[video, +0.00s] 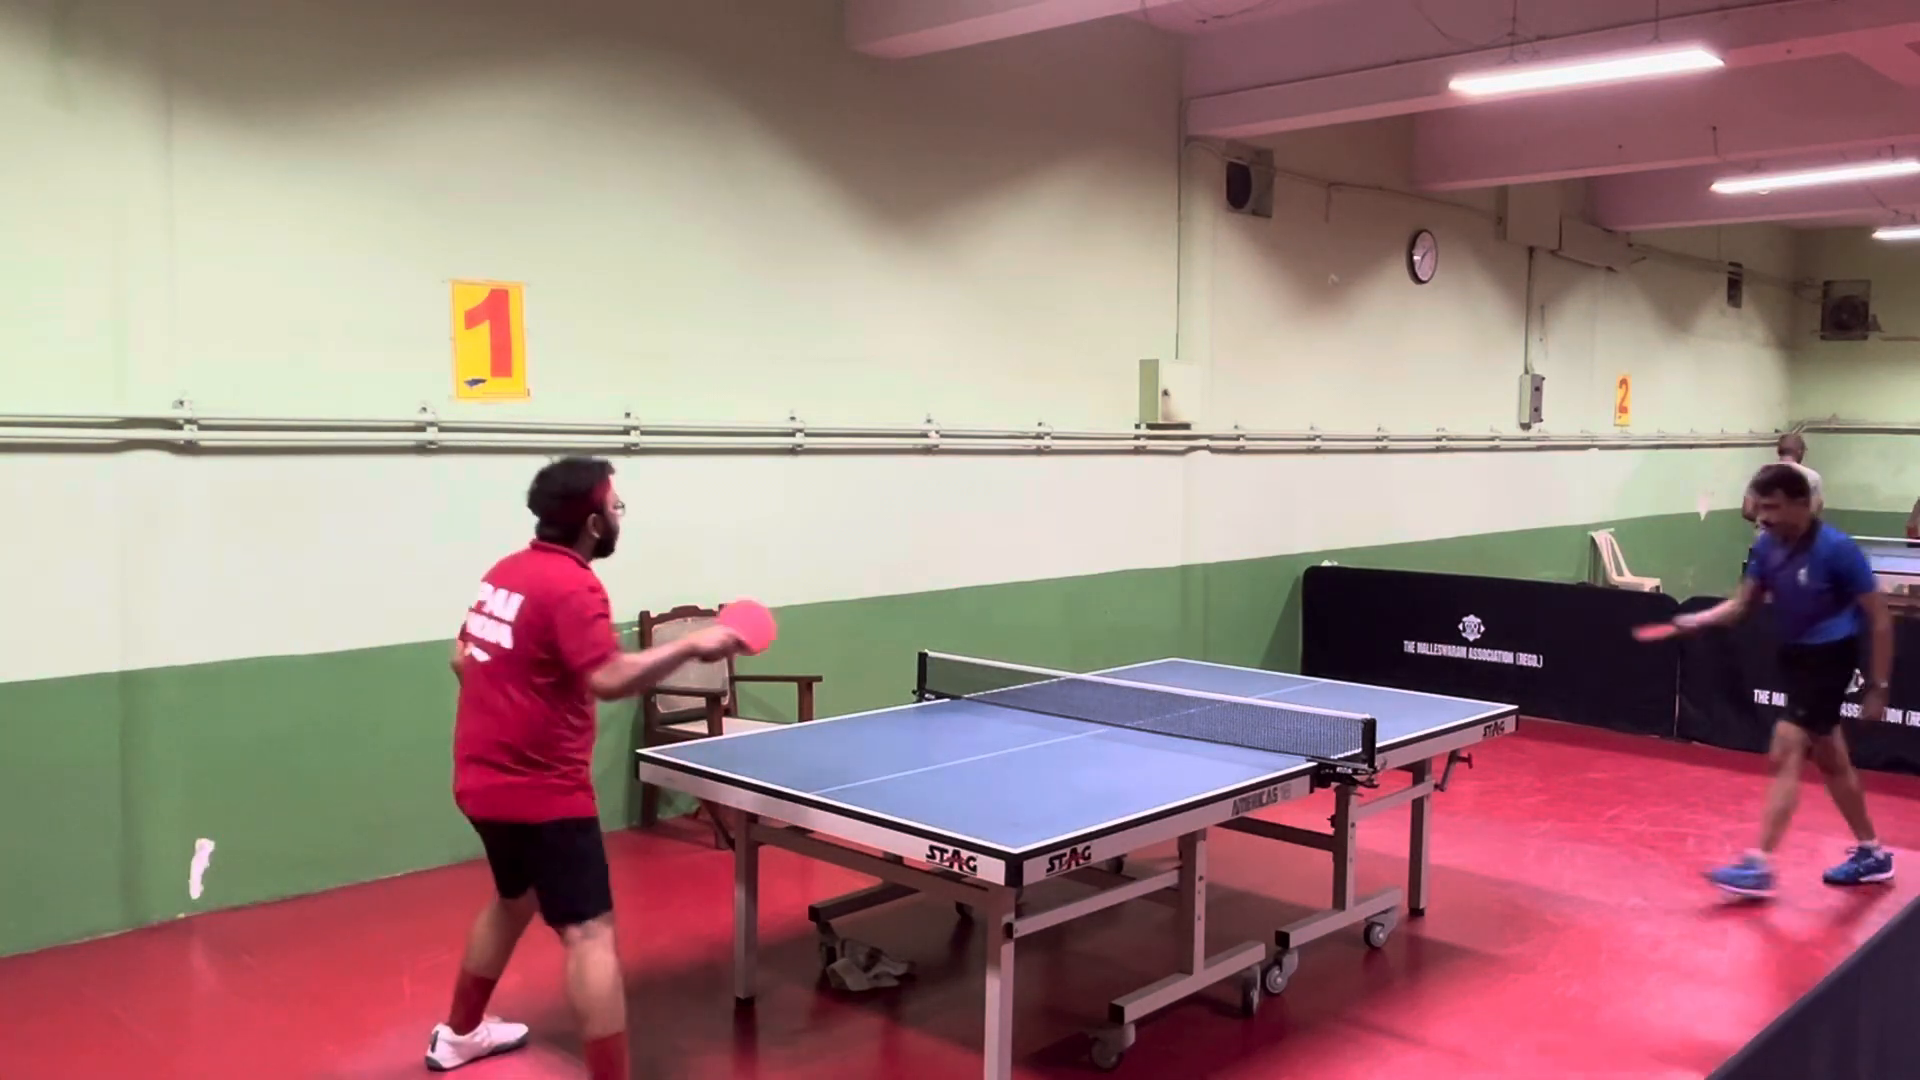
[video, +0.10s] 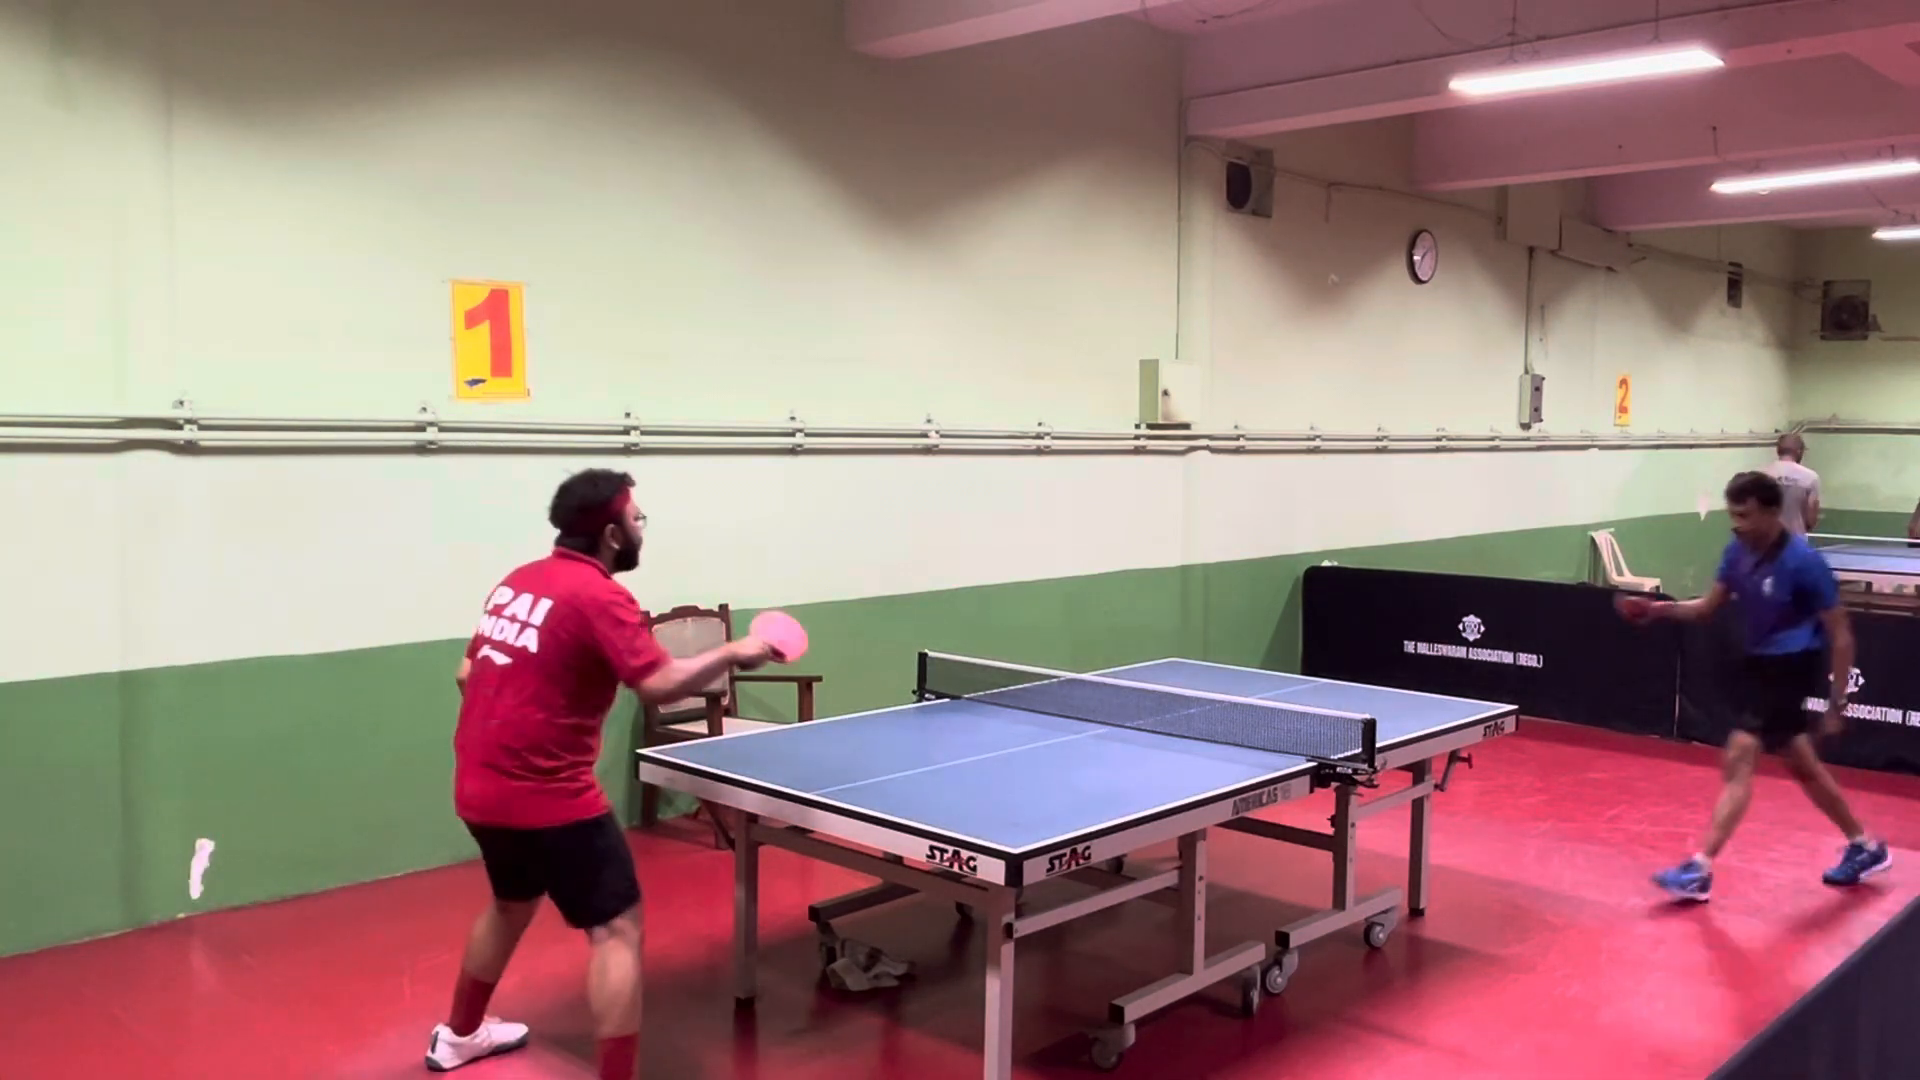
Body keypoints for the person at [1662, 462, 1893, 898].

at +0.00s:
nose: (1762, 519)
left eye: (1770, 509)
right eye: (1759, 510)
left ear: (1800, 505)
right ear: (1761, 507)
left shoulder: (1837, 550)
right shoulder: (1767, 547)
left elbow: (1879, 614)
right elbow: (1741, 603)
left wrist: (1877, 687)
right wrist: (1699, 619)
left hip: (1831, 658)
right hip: (1794, 657)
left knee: (1785, 748)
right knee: (1832, 760)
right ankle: (1871, 850)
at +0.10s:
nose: (1735, 525)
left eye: (1743, 516)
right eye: (1732, 516)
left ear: (1772, 514)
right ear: (1735, 514)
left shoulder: (1805, 561)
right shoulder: (1739, 550)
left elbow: (1841, 632)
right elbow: (1707, 608)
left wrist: (1836, 706)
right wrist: (1658, 609)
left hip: (1793, 669)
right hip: (1758, 666)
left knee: (1738, 755)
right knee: (1802, 762)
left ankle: (1700, 866)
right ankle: (1862, 844)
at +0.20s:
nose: (1704, 534)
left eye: (1712, 526)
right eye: (1701, 525)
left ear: (1740, 524)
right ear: (1705, 522)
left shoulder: (1768, 571)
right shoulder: (1707, 554)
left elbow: (1791, 647)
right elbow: (1684, 608)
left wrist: (1791, 721)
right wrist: (1632, 607)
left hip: (1747, 676)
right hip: (1716, 671)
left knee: (1687, 756)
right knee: (1730, 767)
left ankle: (1688, 872)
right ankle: (1827, 826)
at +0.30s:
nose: (1673, 530)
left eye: (1681, 522)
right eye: (1670, 520)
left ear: (1709, 520)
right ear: (1671, 514)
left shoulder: (1735, 564)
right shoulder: (1677, 549)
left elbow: (1741, 646)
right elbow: (1666, 603)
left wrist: (1735, 720)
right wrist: (1619, 613)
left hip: (1714, 668)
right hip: (1683, 664)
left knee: (1666, 752)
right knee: (1666, 759)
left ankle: (1687, 871)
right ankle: (1757, 814)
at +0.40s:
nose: (1645, 520)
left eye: (1652, 512)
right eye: (1642, 511)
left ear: (1679, 509)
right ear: (1643, 507)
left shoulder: (1704, 553)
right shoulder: (1649, 537)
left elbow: (1700, 639)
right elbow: (1649, 595)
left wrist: (1669, 700)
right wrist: (1603, 614)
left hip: (1695, 656)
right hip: (1658, 651)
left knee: (1662, 752)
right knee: (1608, 733)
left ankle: (1686, 868)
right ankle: (1663, 818)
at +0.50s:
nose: (1614, 519)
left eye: (1621, 512)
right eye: (1611, 510)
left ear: (1648, 509)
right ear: (1613, 507)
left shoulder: (1675, 553)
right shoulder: (1617, 542)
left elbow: (1663, 632)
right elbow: (1621, 594)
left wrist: (1611, 675)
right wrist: (1578, 621)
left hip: (1666, 655)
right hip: (1625, 649)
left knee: (1653, 757)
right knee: (1574, 727)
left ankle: (1686, 869)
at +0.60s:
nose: (1585, 533)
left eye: (1593, 525)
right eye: (1581, 524)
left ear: (1617, 522)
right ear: (1578, 519)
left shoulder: (1645, 562)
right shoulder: (1581, 550)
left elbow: (1627, 630)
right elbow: (1586, 600)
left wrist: (1571, 656)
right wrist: (1546, 636)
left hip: (1639, 667)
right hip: (1593, 660)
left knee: (1638, 766)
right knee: (1544, 741)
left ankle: (1684, 869)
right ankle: (1492, 821)